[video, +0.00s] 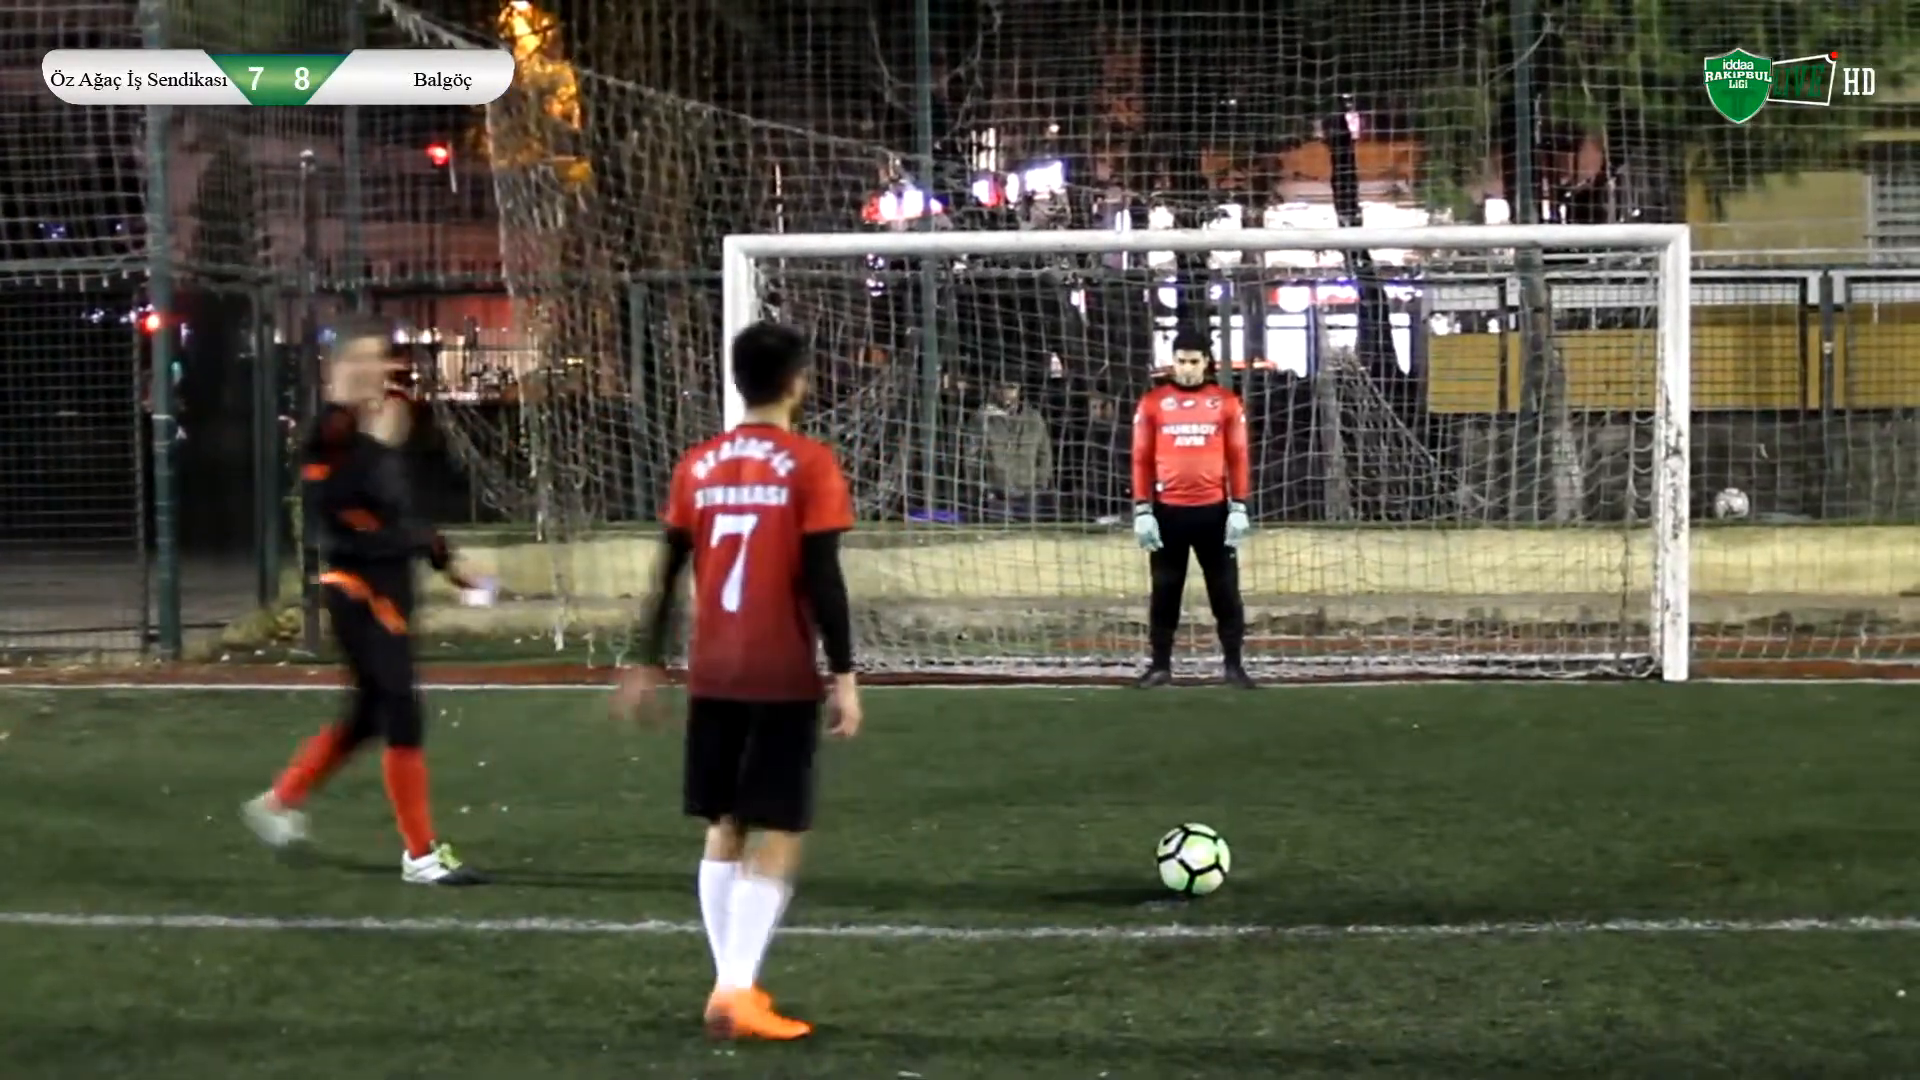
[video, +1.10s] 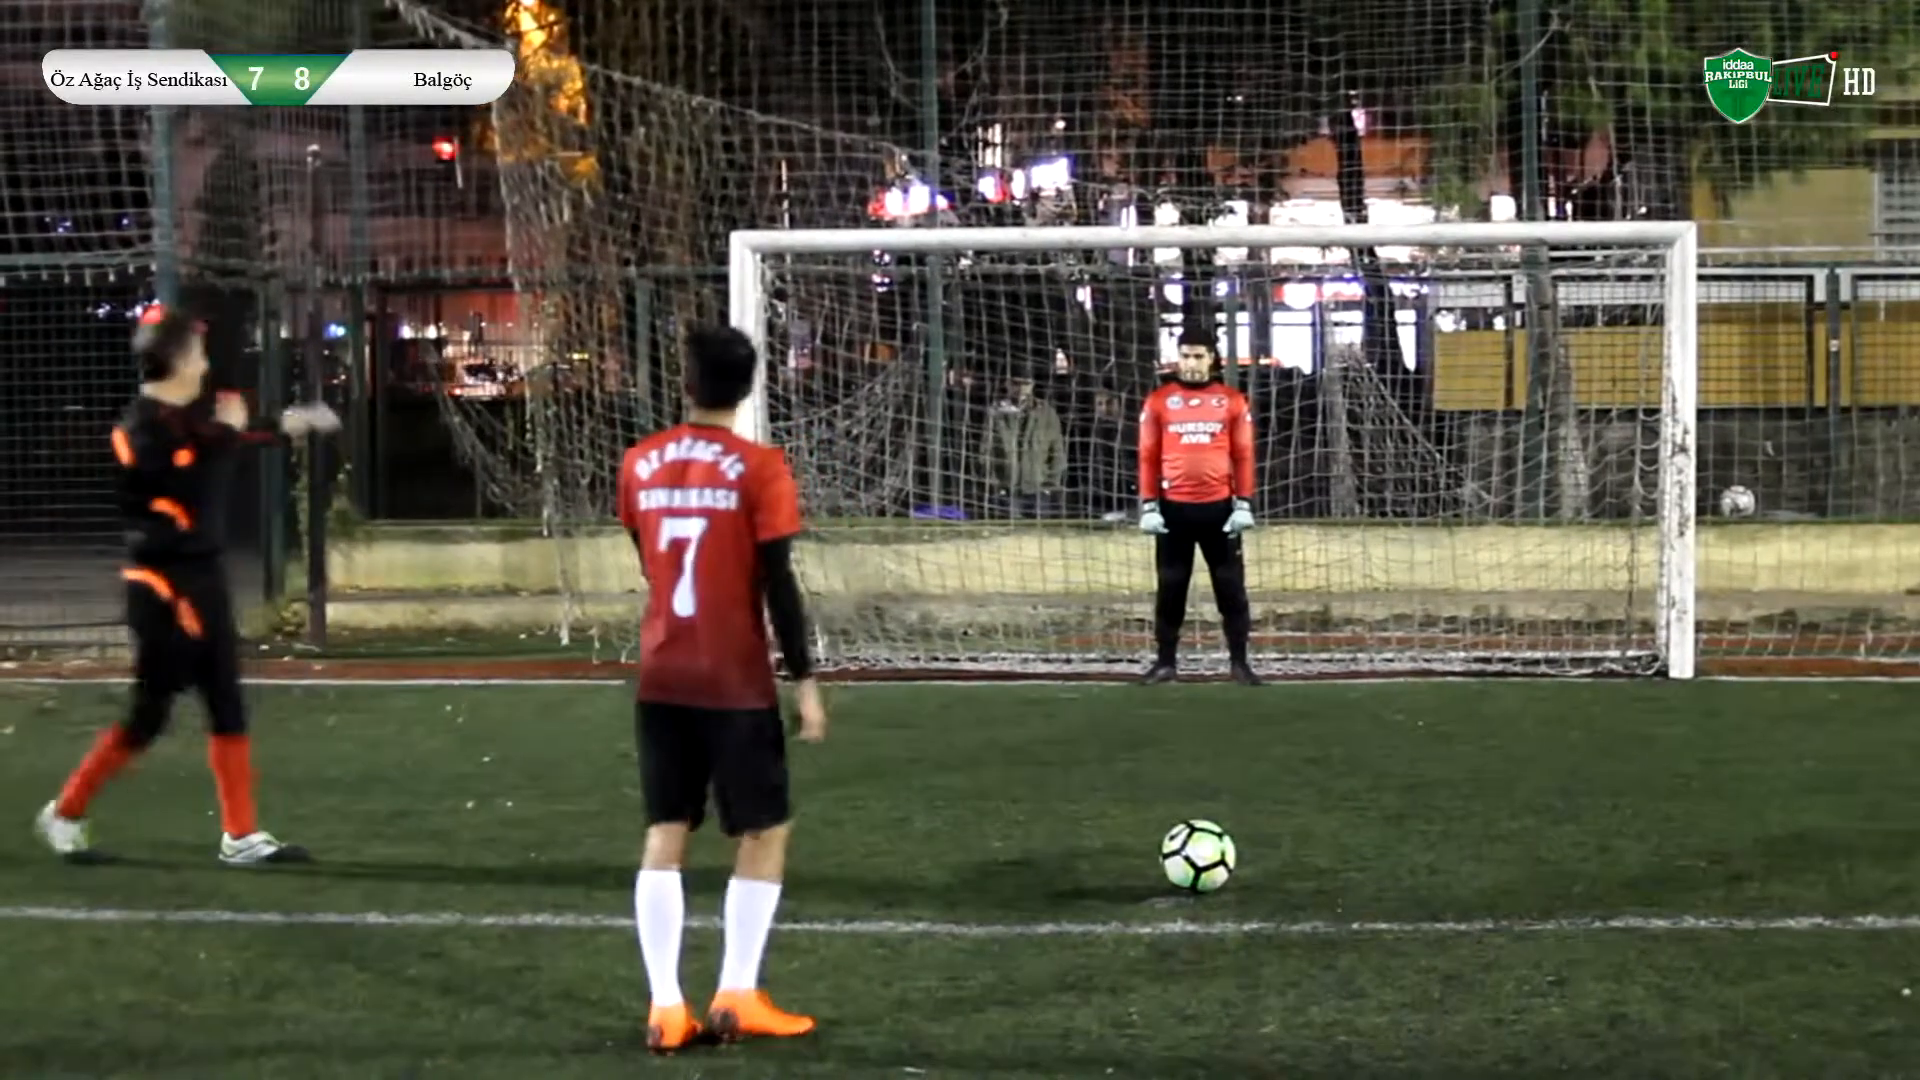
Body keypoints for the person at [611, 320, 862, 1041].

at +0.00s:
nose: (809, 385)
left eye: (805, 374)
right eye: (807, 375)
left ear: (738, 383)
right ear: (794, 383)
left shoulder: (697, 463)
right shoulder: (811, 462)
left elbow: (667, 573)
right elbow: (822, 571)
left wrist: (646, 657)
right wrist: (844, 671)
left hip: (711, 676)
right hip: (783, 677)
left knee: (725, 824)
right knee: (780, 830)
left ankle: (729, 986)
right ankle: (735, 985)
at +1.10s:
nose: (704, 385)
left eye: (694, 373)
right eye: (739, 380)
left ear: (687, 382)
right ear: (749, 387)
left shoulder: (639, 461)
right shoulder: (763, 466)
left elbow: (651, 558)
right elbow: (778, 576)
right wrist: (805, 676)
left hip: (661, 680)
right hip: (738, 683)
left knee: (666, 826)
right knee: (764, 828)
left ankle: (665, 1002)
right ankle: (739, 990)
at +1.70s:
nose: (727, 387)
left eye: (695, 371)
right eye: (738, 379)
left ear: (677, 379)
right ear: (740, 384)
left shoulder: (626, 457)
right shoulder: (747, 463)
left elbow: (619, 574)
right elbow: (751, 577)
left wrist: (641, 649)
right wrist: (775, 675)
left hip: (647, 679)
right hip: (727, 679)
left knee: (659, 829)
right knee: (751, 825)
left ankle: (664, 1000)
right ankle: (766, 986)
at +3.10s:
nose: (804, 417)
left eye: (803, 405)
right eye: (803, 406)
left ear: (741, 397)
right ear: (790, 407)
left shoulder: (674, 461)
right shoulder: (786, 472)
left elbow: (646, 576)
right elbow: (777, 577)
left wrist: (697, 624)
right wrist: (791, 679)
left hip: (659, 670)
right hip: (736, 674)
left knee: (666, 827)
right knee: (761, 825)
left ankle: (665, 1001)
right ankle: (766, 987)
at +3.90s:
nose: (863, 462)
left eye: (861, 451)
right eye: (863, 451)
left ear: (802, 447)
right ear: (852, 450)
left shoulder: (747, 503)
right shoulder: (843, 500)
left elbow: (713, 604)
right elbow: (818, 573)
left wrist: (740, 667)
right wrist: (812, 677)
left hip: (720, 690)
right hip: (789, 689)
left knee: (699, 833)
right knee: (863, 792)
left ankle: (666, 999)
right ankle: (868, 953)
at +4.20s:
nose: (926, 490)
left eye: (923, 481)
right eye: (924, 480)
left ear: (866, 475)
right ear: (912, 478)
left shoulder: (819, 523)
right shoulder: (915, 528)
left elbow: (798, 614)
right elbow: (910, 602)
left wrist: (812, 667)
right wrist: (900, 672)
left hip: (802, 697)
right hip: (870, 698)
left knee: (784, 832)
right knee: (933, 814)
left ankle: (707, 961)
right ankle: (897, 963)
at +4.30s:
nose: (944, 489)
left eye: (942, 480)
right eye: (942, 480)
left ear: (883, 480)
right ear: (932, 481)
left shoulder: (850, 522)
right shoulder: (940, 526)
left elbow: (813, 567)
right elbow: (946, 593)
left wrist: (864, 606)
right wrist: (968, 686)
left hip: (830, 697)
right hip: (896, 698)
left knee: (834, 846)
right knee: (950, 822)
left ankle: (747, 934)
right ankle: (900, 965)